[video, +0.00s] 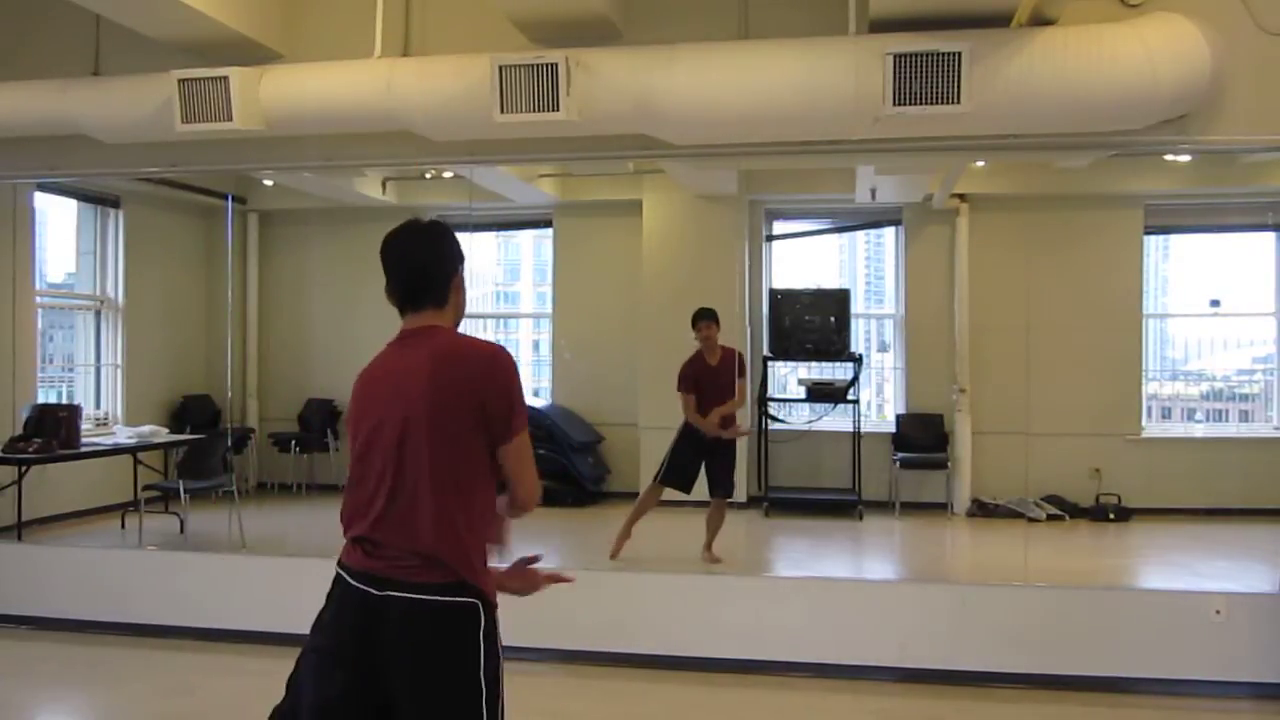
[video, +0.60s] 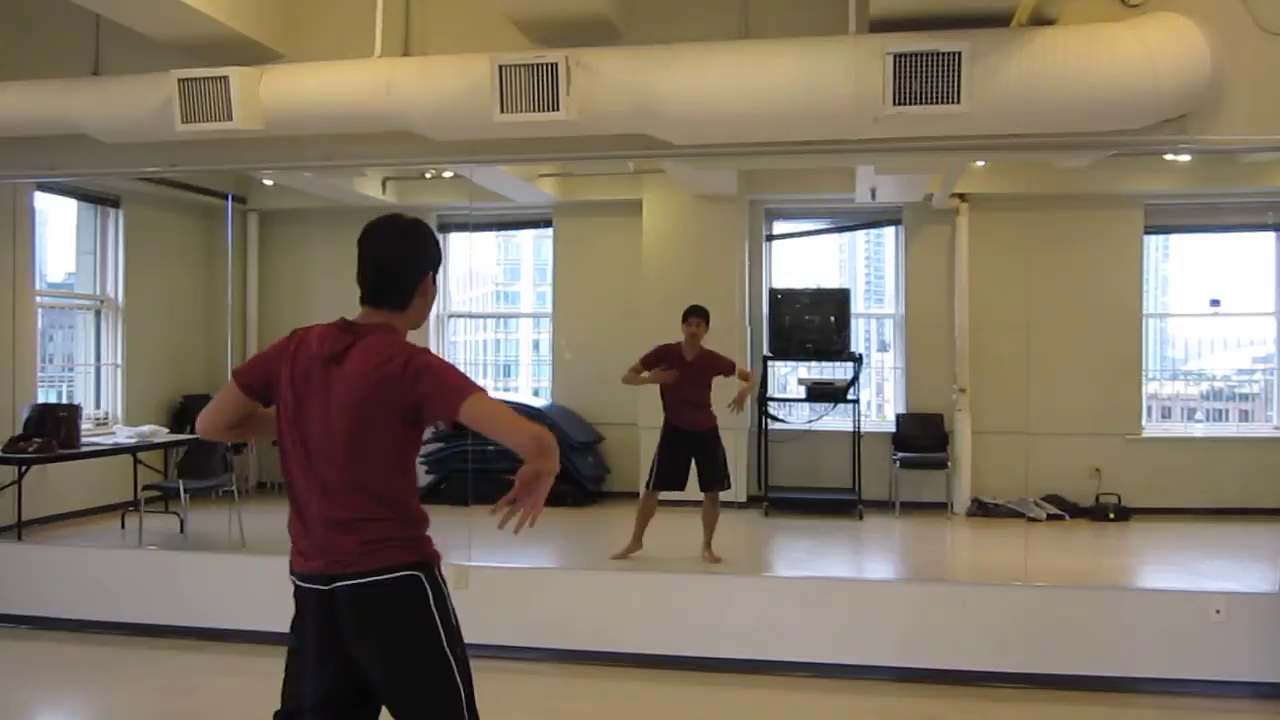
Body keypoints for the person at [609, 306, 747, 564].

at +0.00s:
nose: (706, 333)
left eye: (710, 327)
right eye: (700, 329)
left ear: (719, 329)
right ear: (695, 333)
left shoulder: (735, 359)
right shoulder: (689, 368)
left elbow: (740, 399)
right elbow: (690, 414)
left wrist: (717, 414)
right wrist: (721, 432)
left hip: (725, 433)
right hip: (694, 430)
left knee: (721, 497)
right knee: (660, 483)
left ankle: (708, 548)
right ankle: (625, 530)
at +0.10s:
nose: (698, 333)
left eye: (702, 327)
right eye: (693, 330)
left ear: (712, 328)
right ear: (688, 334)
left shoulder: (729, 351)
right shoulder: (690, 369)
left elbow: (729, 388)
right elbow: (711, 411)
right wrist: (749, 419)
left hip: (723, 432)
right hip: (694, 429)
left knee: (721, 497)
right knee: (660, 481)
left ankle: (708, 548)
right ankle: (625, 530)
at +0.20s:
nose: (692, 333)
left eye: (697, 328)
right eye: (687, 329)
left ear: (706, 329)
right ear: (682, 333)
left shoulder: (722, 347)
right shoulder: (686, 369)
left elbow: (739, 375)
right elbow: (706, 401)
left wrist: (708, 364)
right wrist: (733, 413)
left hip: (723, 429)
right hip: (695, 427)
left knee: (722, 497)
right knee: (660, 482)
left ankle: (708, 547)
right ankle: (625, 531)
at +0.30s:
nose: (688, 334)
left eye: (693, 328)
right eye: (683, 329)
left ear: (702, 329)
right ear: (677, 332)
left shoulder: (717, 349)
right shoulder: (680, 371)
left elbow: (747, 360)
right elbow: (687, 404)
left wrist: (747, 359)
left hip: (723, 428)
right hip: (693, 427)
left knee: (722, 496)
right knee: (660, 482)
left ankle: (707, 547)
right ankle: (625, 531)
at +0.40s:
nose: (689, 329)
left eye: (695, 324)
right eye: (685, 324)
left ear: (703, 327)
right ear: (679, 328)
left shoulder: (717, 353)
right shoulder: (674, 364)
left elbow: (747, 358)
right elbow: (659, 404)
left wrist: (751, 357)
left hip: (721, 428)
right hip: (692, 426)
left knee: (721, 494)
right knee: (659, 482)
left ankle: (707, 547)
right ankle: (626, 531)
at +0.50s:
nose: (692, 326)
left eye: (698, 322)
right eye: (688, 321)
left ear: (706, 326)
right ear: (682, 324)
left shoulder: (715, 354)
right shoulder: (669, 357)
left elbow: (747, 366)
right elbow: (636, 391)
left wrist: (752, 373)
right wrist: (629, 373)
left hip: (715, 431)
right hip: (684, 429)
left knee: (719, 494)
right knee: (656, 487)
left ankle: (707, 547)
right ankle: (629, 536)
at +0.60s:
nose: (694, 329)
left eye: (699, 325)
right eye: (690, 324)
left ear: (706, 329)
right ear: (682, 326)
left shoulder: (712, 360)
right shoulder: (665, 353)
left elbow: (750, 376)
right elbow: (627, 377)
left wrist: (744, 392)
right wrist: (652, 378)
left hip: (706, 433)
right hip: (674, 431)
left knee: (712, 494)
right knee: (652, 489)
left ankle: (707, 547)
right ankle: (636, 541)